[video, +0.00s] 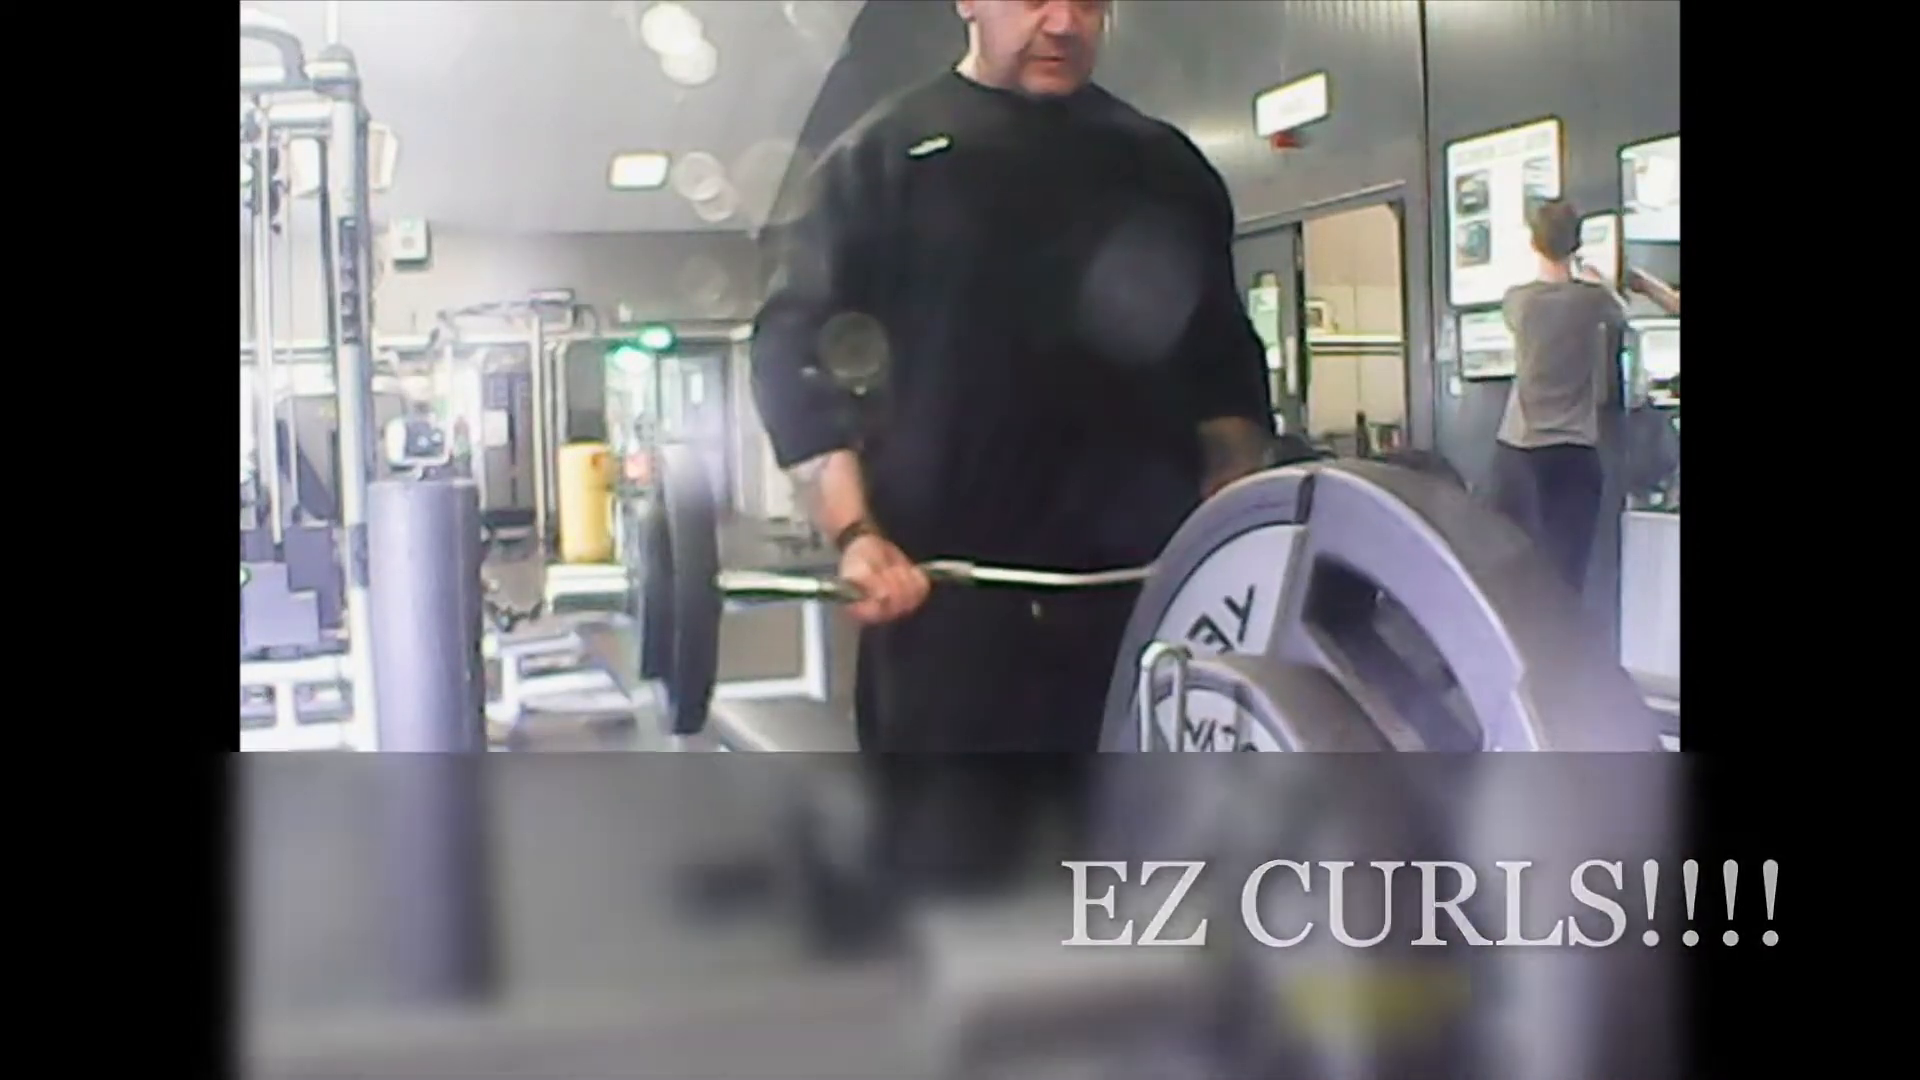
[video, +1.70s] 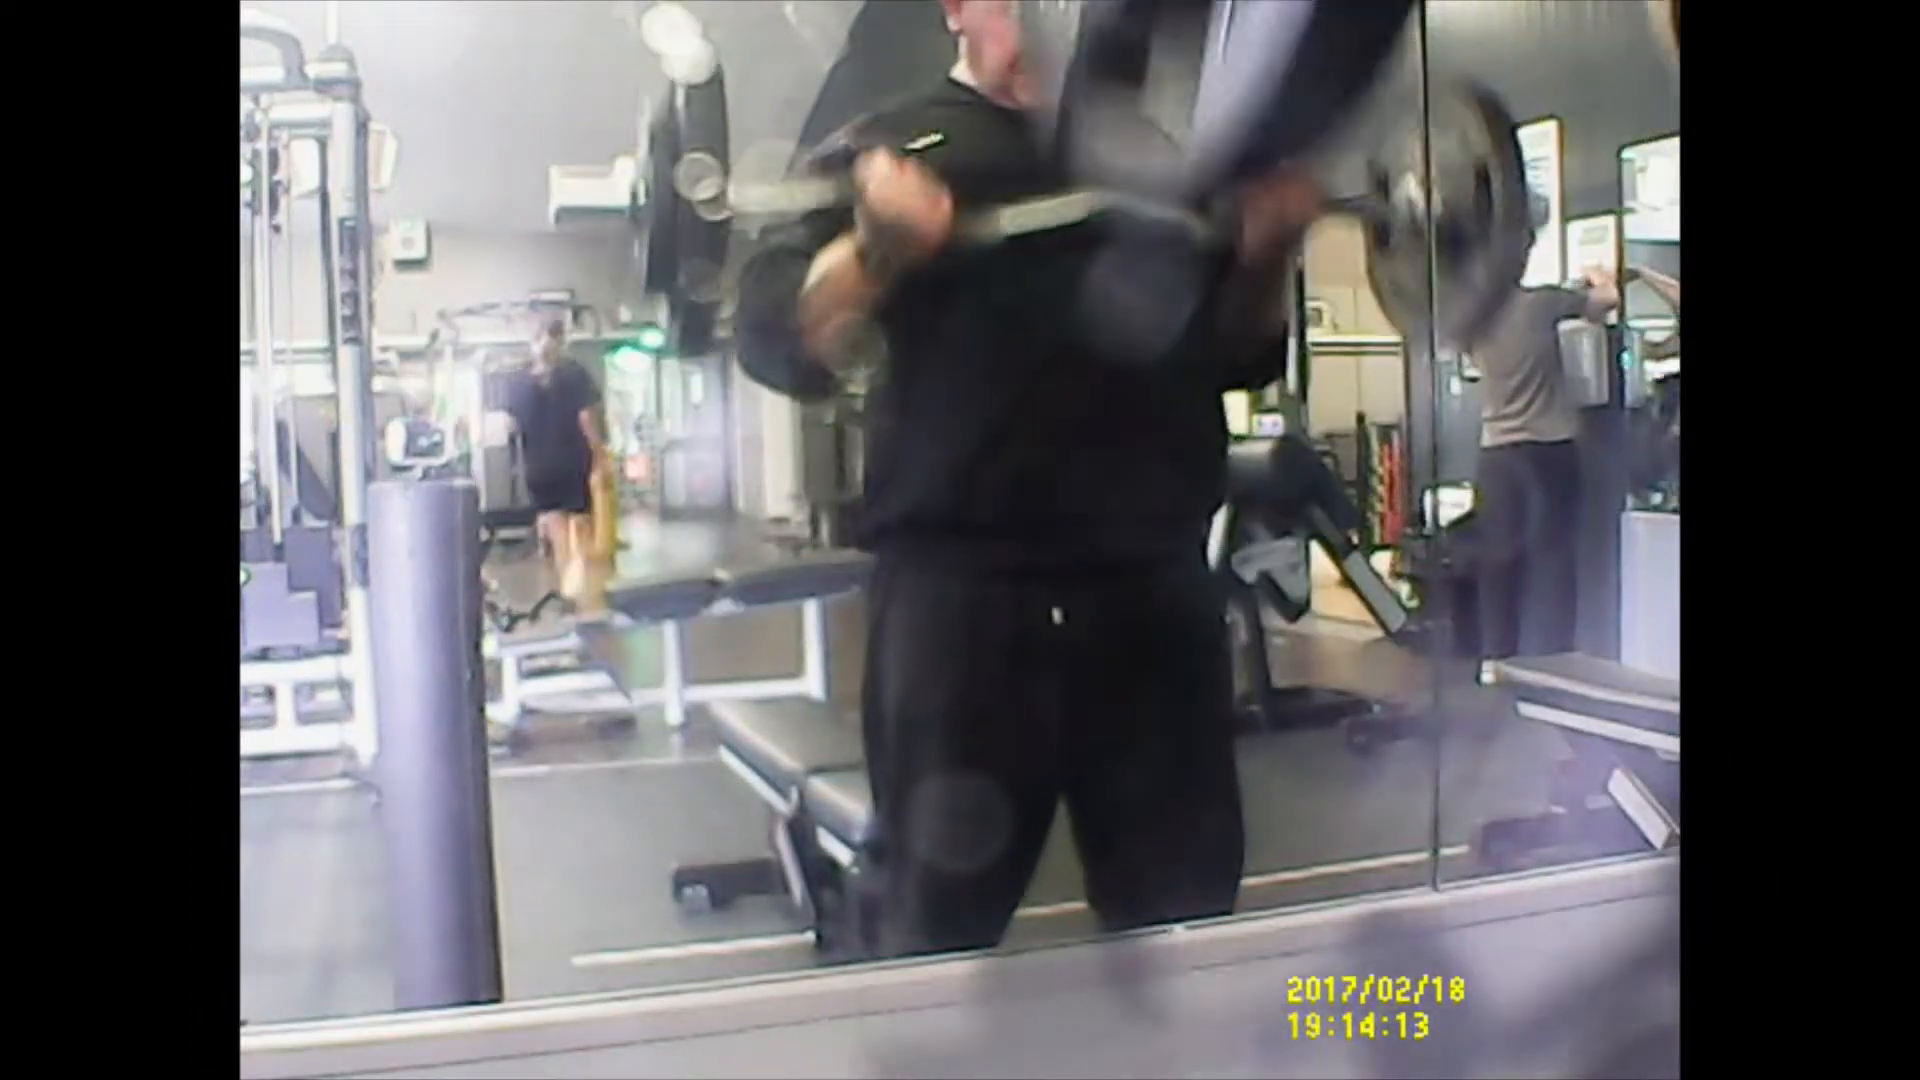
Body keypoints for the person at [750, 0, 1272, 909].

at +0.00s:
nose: (1063, 22)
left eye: (1085, 2)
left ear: (1108, 15)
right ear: (973, 6)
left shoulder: (1168, 168)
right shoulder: (882, 158)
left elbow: (1228, 384)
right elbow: (792, 343)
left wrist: (1236, 552)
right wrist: (853, 532)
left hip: (1131, 626)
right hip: (946, 624)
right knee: (946, 945)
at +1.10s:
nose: (1091, 13)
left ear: (1140, 10)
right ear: (997, 10)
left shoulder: (1194, 148)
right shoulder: (903, 141)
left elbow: (1253, 343)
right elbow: (783, 309)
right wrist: (875, 431)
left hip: (1138, 539)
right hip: (941, 548)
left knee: (1158, 865)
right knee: (929, 868)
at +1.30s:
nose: (1039, 29)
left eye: (1061, 10)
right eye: (1011, 10)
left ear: (1106, 20)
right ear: (961, 17)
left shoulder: (1159, 154)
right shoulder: (900, 147)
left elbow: (1253, 349)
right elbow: (778, 327)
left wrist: (1275, 218)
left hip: (1153, 589)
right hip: (965, 599)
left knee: (1187, 937)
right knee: (935, 944)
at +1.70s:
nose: (1040, 20)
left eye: (1056, 6)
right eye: (1009, 4)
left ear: (1101, 16)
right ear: (958, 13)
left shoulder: (1154, 148)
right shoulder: (904, 148)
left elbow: (1232, 361)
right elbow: (770, 340)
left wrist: (1263, 259)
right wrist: (874, 254)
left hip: (1148, 590)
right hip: (962, 600)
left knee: (1186, 952)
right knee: (935, 956)